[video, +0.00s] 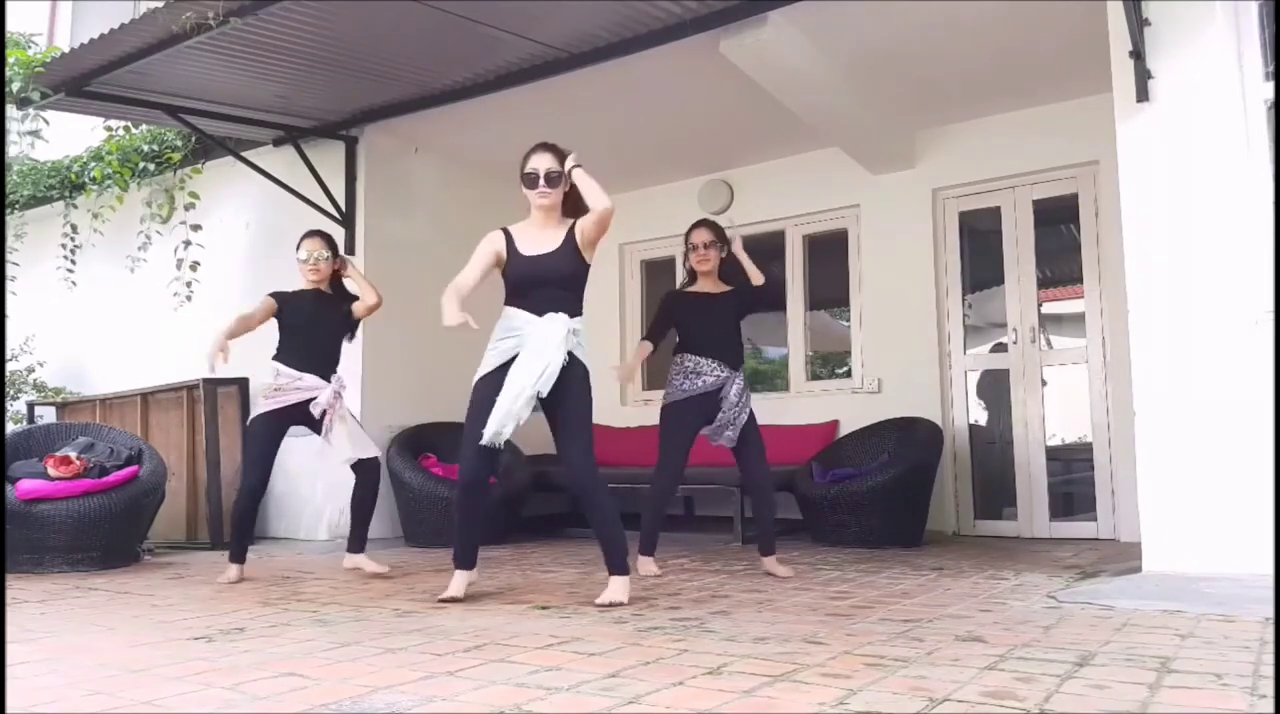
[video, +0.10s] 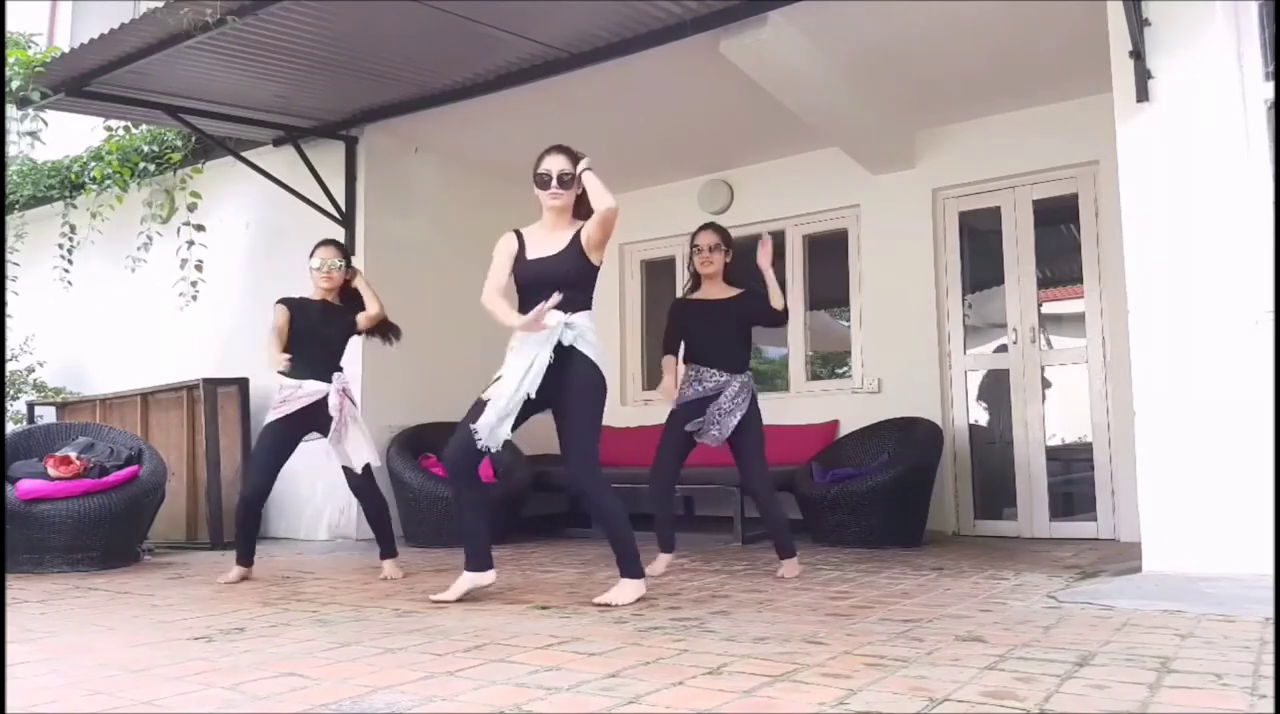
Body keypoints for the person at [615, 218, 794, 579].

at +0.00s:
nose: (702, 252)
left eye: (709, 246)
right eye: (694, 247)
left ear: (721, 250)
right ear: (687, 254)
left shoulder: (736, 293)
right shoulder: (676, 298)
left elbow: (769, 295)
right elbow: (654, 335)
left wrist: (740, 254)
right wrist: (636, 360)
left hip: (730, 389)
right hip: (687, 388)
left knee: (759, 473)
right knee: (669, 472)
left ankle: (768, 555)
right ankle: (645, 554)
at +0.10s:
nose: (705, 255)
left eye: (713, 249)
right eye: (698, 250)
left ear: (727, 254)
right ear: (691, 256)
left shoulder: (745, 299)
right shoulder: (682, 305)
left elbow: (778, 316)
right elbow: (670, 349)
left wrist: (766, 269)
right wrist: (670, 378)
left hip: (736, 393)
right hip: (693, 392)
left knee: (755, 479)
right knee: (661, 474)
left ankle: (788, 556)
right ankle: (666, 551)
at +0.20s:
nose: (702, 253)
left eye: (711, 247)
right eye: (696, 247)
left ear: (724, 254)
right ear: (689, 255)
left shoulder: (741, 296)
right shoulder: (682, 307)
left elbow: (789, 330)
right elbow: (671, 354)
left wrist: (803, 303)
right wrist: (687, 350)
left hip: (738, 394)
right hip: (699, 397)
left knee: (751, 476)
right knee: (659, 471)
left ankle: (788, 557)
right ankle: (687, 555)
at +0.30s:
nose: (700, 249)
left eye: (708, 243)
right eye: (693, 243)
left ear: (720, 250)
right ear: (686, 251)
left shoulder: (735, 290)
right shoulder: (683, 296)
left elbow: (787, 328)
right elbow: (664, 345)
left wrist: (836, 333)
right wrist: (676, 304)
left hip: (731, 390)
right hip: (698, 391)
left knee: (743, 474)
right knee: (661, 469)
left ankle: (788, 555)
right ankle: (688, 557)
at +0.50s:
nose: (705, 244)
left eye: (713, 238)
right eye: (698, 239)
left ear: (726, 246)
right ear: (690, 248)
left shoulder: (743, 289)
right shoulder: (690, 299)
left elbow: (782, 334)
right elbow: (653, 335)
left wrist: (827, 369)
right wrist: (665, 301)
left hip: (732, 391)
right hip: (694, 390)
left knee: (751, 478)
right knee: (670, 475)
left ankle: (800, 553)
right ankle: (677, 557)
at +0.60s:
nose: (712, 244)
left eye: (720, 238)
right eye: (705, 239)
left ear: (733, 246)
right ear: (698, 249)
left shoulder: (753, 290)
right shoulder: (696, 300)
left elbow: (779, 342)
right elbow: (663, 347)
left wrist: (812, 388)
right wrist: (672, 343)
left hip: (744, 391)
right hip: (701, 392)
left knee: (762, 475)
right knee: (676, 471)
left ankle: (786, 556)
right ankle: (678, 556)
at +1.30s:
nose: (744, 248)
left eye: (749, 242)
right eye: (734, 246)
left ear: (759, 250)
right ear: (725, 258)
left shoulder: (774, 304)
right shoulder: (710, 299)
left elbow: (782, 359)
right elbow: (689, 350)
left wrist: (793, 407)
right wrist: (683, 396)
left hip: (761, 394)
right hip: (713, 394)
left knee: (780, 476)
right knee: (693, 475)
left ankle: (788, 556)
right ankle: (679, 557)